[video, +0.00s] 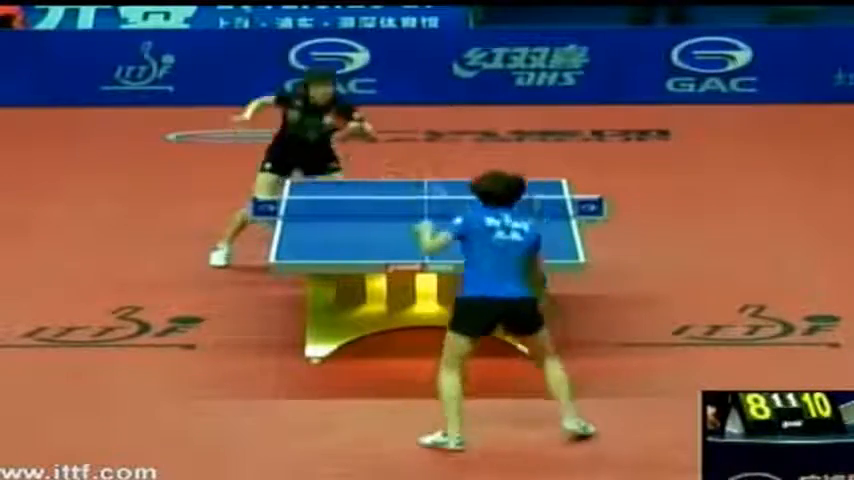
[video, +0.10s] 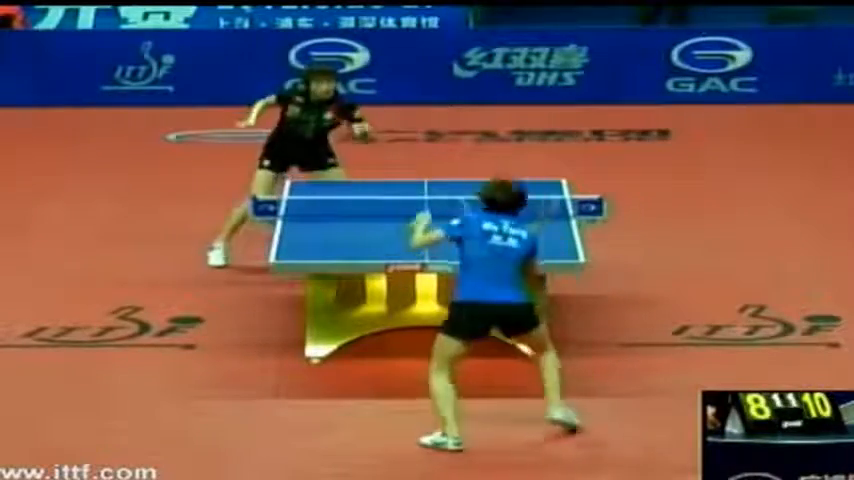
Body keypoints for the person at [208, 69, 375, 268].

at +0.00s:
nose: (322, 94)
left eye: (326, 88)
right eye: (318, 88)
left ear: (333, 88)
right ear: (309, 87)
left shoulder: (339, 105)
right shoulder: (294, 94)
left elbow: (368, 133)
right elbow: (261, 102)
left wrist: (354, 129)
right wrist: (248, 114)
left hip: (319, 156)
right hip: (284, 154)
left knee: (340, 201)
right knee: (260, 205)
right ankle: (225, 245)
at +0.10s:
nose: (324, 88)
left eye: (328, 83)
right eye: (319, 82)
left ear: (334, 84)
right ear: (309, 82)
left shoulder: (339, 104)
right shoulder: (294, 92)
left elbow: (362, 126)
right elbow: (263, 103)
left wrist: (361, 132)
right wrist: (251, 120)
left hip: (315, 150)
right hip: (281, 148)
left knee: (342, 196)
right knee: (258, 201)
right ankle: (221, 243)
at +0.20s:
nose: (320, 95)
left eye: (325, 91)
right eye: (316, 89)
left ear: (332, 93)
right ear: (307, 88)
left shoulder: (335, 109)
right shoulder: (290, 99)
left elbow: (347, 132)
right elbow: (264, 114)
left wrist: (351, 140)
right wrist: (254, 124)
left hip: (314, 155)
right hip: (281, 153)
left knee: (335, 197)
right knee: (257, 204)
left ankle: (341, 255)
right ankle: (210, 247)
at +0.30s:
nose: (313, 99)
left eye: (317, 95)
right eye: (309, 93)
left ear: (323, 97)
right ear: (298, 93)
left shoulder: (325, 118)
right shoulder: (279, 107)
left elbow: (340, 138)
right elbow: (249, 121)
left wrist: (341, 146)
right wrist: (243, 133)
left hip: (304, 165)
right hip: (269, 163)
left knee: (328, 202)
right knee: (247, 211)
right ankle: (205, 250)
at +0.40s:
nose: (305, 89)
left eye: (307, 85)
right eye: (299, 84)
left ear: (309, 88)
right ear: (286, 85)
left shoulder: (307, 111)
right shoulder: (262, 104)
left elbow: (318, 135)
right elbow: (219, 116)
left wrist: (331, 141)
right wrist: (239, 127)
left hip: (280, 158)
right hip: (247, 157)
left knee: (304, 201)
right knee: (227, 212)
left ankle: (297, 253)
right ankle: (200, 248)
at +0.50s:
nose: (299, 85)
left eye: (301, 81)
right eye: (294, 79)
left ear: (303, 84)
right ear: (281, 80)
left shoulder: (301, 108)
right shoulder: (255, 98)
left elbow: (316, 135)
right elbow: (212, 108)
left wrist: (328, 134)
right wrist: (240, 118)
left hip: (270, 153)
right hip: (239, 153)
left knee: (298, 190)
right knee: (226, 209)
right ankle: (196, 247)